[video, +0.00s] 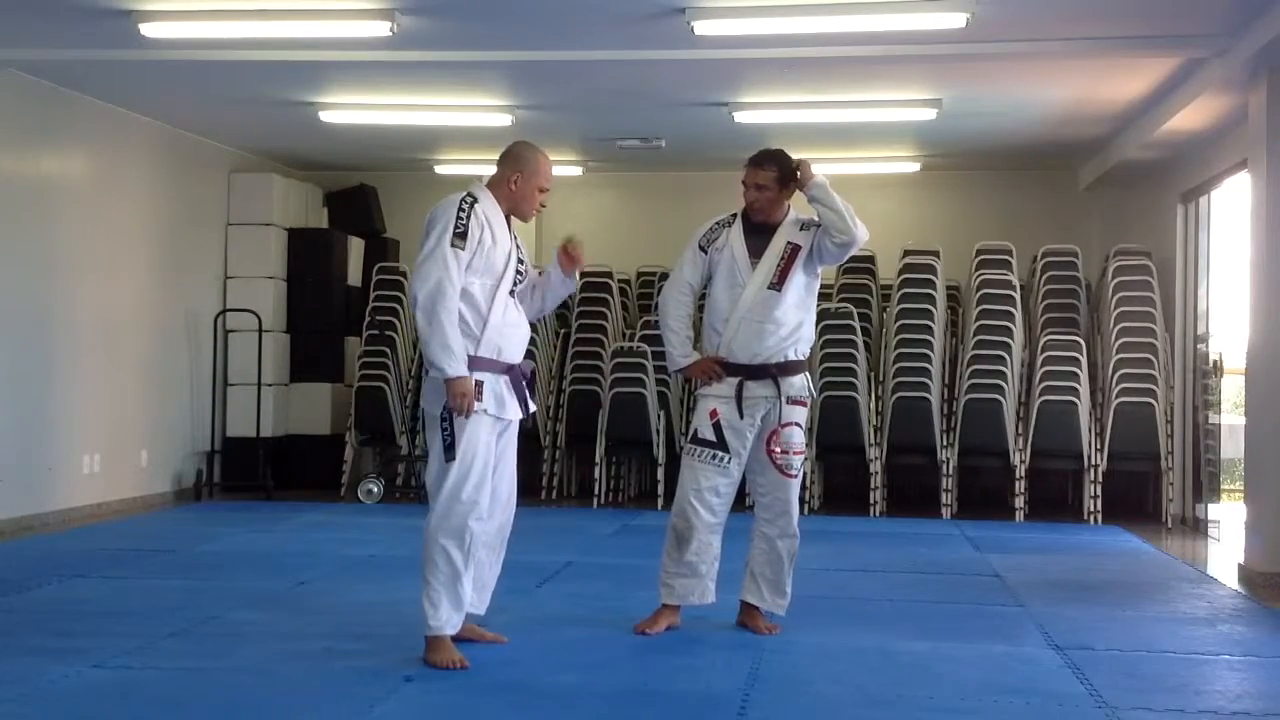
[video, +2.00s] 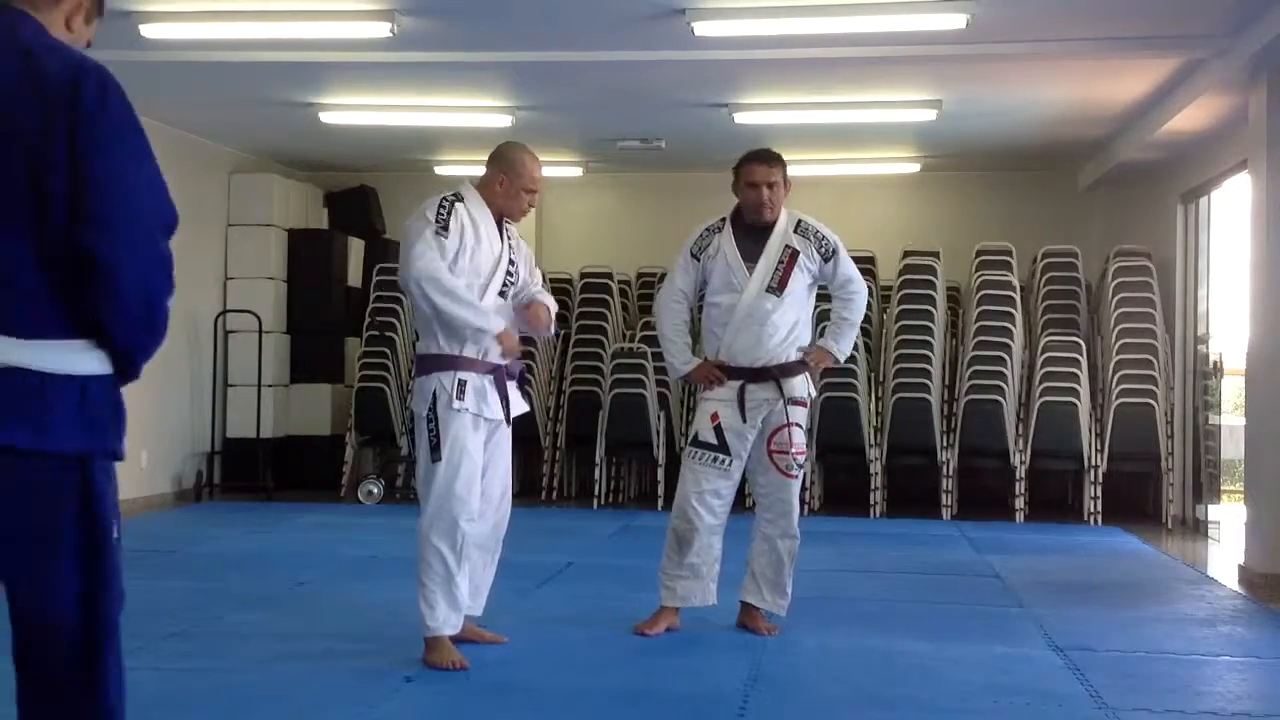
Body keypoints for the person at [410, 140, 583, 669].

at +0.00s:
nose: (546, 199)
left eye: (548, 189)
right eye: (542, 188)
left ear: (517, 182)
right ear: (512, 180)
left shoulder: (507, 235)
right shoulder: (463, 212)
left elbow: (524, 303)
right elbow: (434, 293)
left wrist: (561, 274)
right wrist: (453, 371)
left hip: (504, 389)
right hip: (466, 385)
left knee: (494, 509)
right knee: (457, 508)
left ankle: (463, 617)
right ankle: (438, 631)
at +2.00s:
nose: (533, 203)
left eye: (537, 192)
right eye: (528, 191)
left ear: (508, 185)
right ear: (499, 181)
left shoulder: (512, 242)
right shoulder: (443, 210)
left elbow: (536, 293)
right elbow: (422, 273)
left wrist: (540, 309)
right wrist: (495, 326)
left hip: (497, 389)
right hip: (451, 385)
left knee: (491, 508)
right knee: (450, 507)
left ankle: (463, 618)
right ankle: (439, 632)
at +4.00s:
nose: (508, 193)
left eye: (517, 186)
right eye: (500, 181)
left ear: (522, 189)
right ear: (475, 176)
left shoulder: (509, 242)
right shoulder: (441, 221)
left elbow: (537, 306)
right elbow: (468, 296)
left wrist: (483, 281)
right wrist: (515, 307)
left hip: (490, 387)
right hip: (442, 382)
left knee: (482, 502)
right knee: (440, 496)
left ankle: (451, 614)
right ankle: (408, 596)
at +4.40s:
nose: (468, 197)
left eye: (477, 188)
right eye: (459, 187)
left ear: (485, 190)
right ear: (438, 185)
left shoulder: (492, 239)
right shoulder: (410, 237)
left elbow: (522, 302)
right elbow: (435, 311)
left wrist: (453, 287)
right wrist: (489, 312)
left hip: (479, 389)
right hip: (424, 387)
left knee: (493, 494)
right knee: (421, 499)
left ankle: (461, 607)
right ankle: (412, 605)